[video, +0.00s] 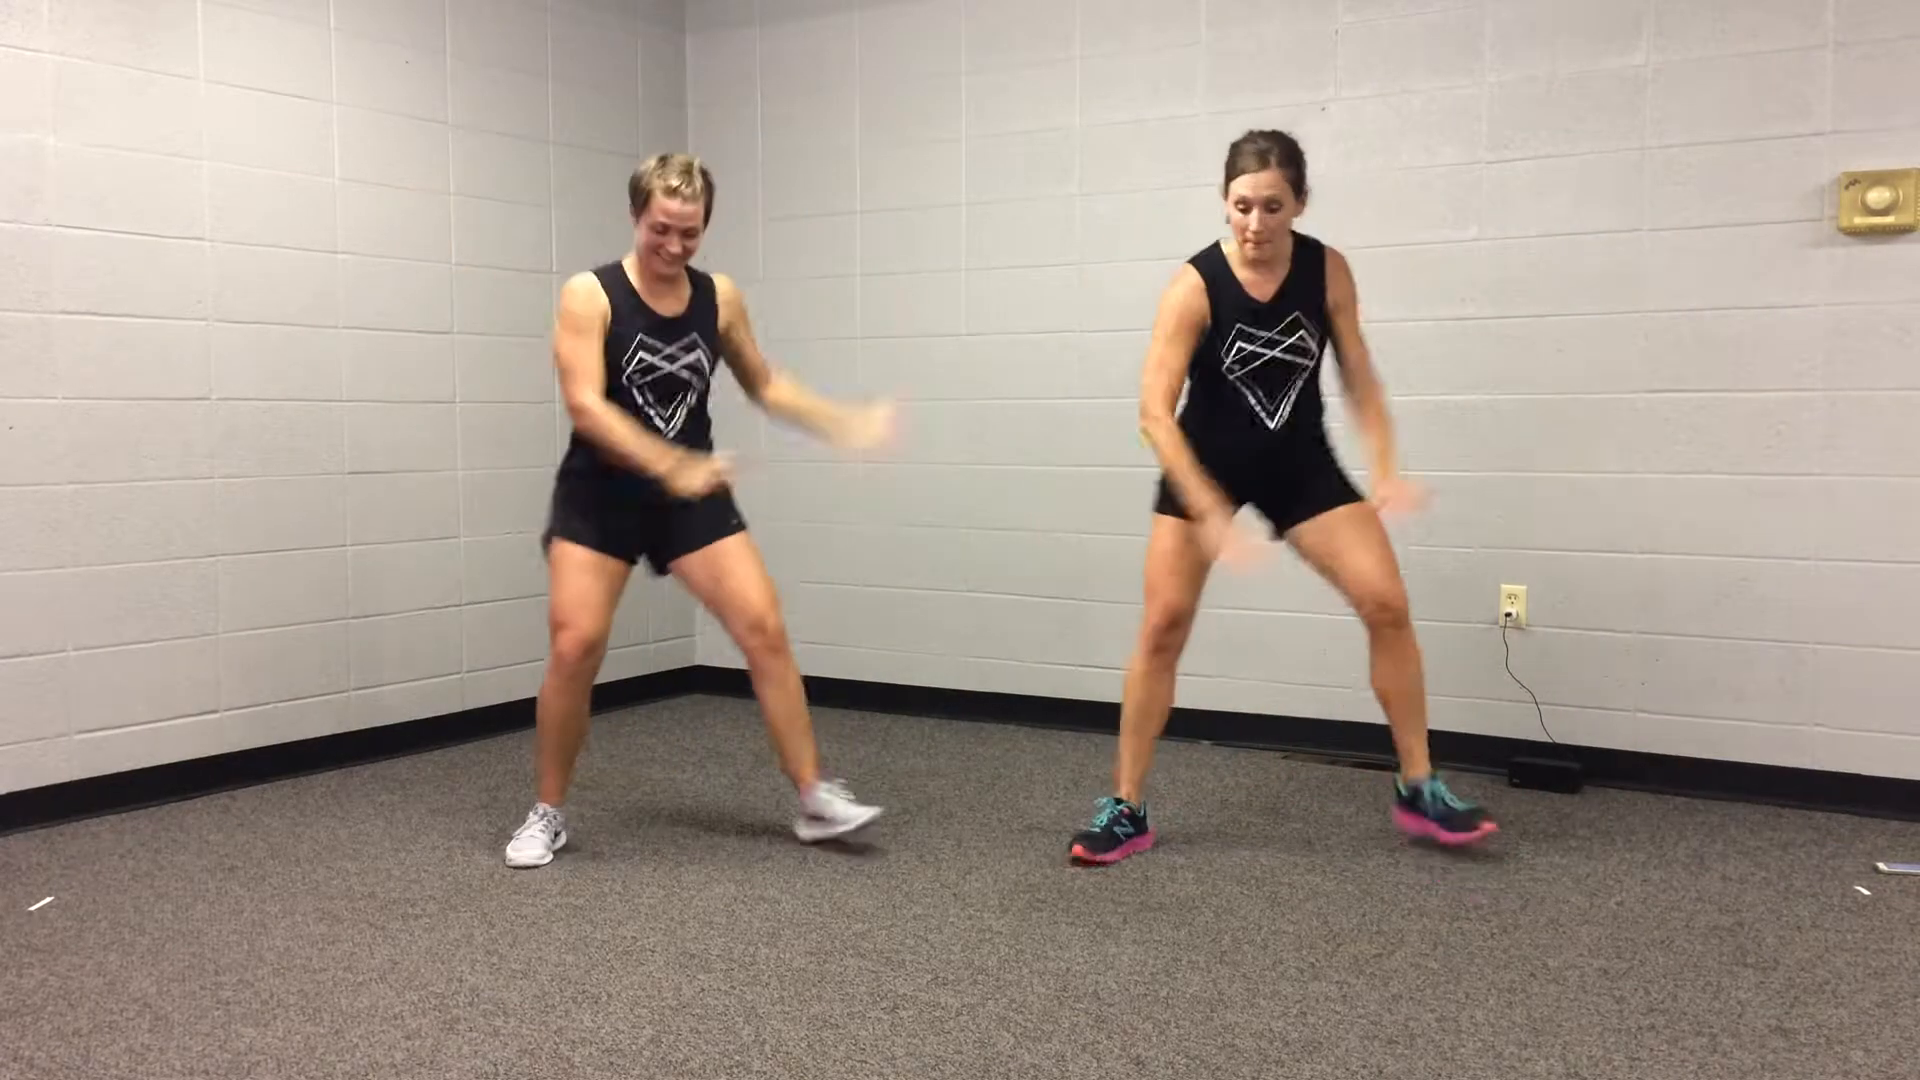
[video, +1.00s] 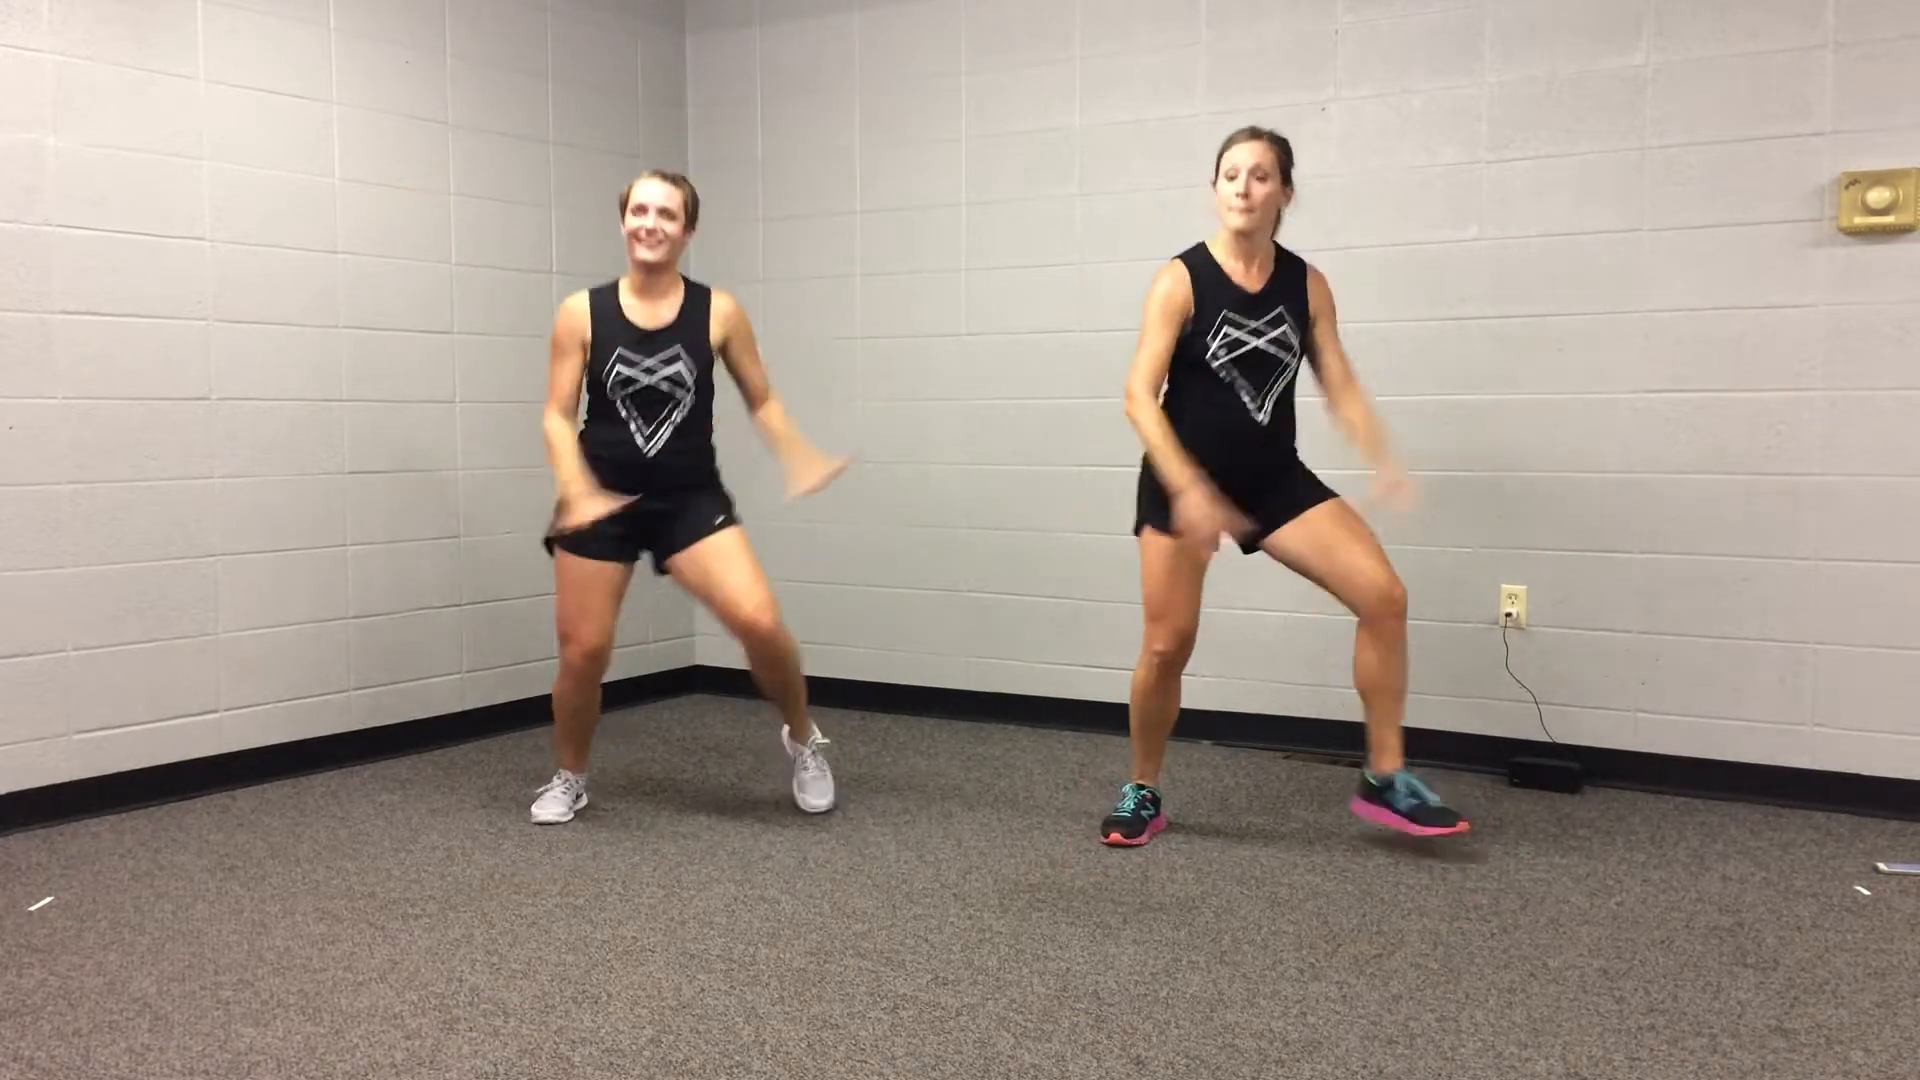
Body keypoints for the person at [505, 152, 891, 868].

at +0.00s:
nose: (674, 246)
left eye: (688, 232)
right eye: (661, 229)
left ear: (704, 229)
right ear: (634, 219)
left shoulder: (718, 299)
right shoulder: (588, 295)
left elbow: (764, 384)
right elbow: (586, 406)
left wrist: (842, 423)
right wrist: (673, 463)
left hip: (688, 489)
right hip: (601, 489)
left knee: (764, 628)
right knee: (574, 643)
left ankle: (813, 796)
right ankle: (547, 810)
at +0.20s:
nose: (682, 260)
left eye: (694, 247)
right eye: (669, 245)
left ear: (707, 244)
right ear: (641, 238)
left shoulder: (712, 294)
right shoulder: (605, 318)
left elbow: (773, 331)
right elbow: (664, 415)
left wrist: (805, 264)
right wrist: (722, 333)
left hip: (740, 485)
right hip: (658, 497)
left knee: (794, 645)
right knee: (624, 646)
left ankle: (804, 758)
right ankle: (551, 808)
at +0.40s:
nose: (701, 297)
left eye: (713, 283)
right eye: (688, 284)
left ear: (733, 271)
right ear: (669, 273)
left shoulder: (765, 327)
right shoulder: (634, 340)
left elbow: (810, 416)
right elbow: (622, 445)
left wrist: (854, 493)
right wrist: (672, 527)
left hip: (769, 496)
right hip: (685, 507)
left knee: (805, 639)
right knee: (637, 639)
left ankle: (804, 767)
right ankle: (564, 798)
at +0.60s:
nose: (699, 255)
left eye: (712, 243)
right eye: (689, 242)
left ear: (741, 232)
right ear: (676, 232)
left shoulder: (773, 310)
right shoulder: (655, 275)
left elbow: (756, 420)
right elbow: (593, 335)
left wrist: (663, 401)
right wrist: (515, 327)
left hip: (717, 471)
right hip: (635, 457)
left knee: (755, 625)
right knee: (588, 602)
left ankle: (799, 761)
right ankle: (574, 757)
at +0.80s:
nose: (675, 268)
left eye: (690, 257)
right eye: (665, 257)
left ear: (725, 264)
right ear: (656, 261)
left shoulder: (745, 361)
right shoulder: (635, 316)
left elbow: (703, 466)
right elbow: (572, 384)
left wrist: (638, 398)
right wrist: (533, 319)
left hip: (665, 516)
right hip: (582, 494)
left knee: (727, 662)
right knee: (558, 640)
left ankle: (795, 763)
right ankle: (566, 776)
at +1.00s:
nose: (650, 223)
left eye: (666, 215)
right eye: (640, 212)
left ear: (687, 231)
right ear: (623, 225)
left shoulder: (718, 313)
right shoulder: (582, 313)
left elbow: (762, 400)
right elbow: (558, 413)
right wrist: (575, 486)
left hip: (688, 499)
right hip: (599, 500)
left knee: (760, 623)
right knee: (581, 653)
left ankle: (804, 742)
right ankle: (570, 776)